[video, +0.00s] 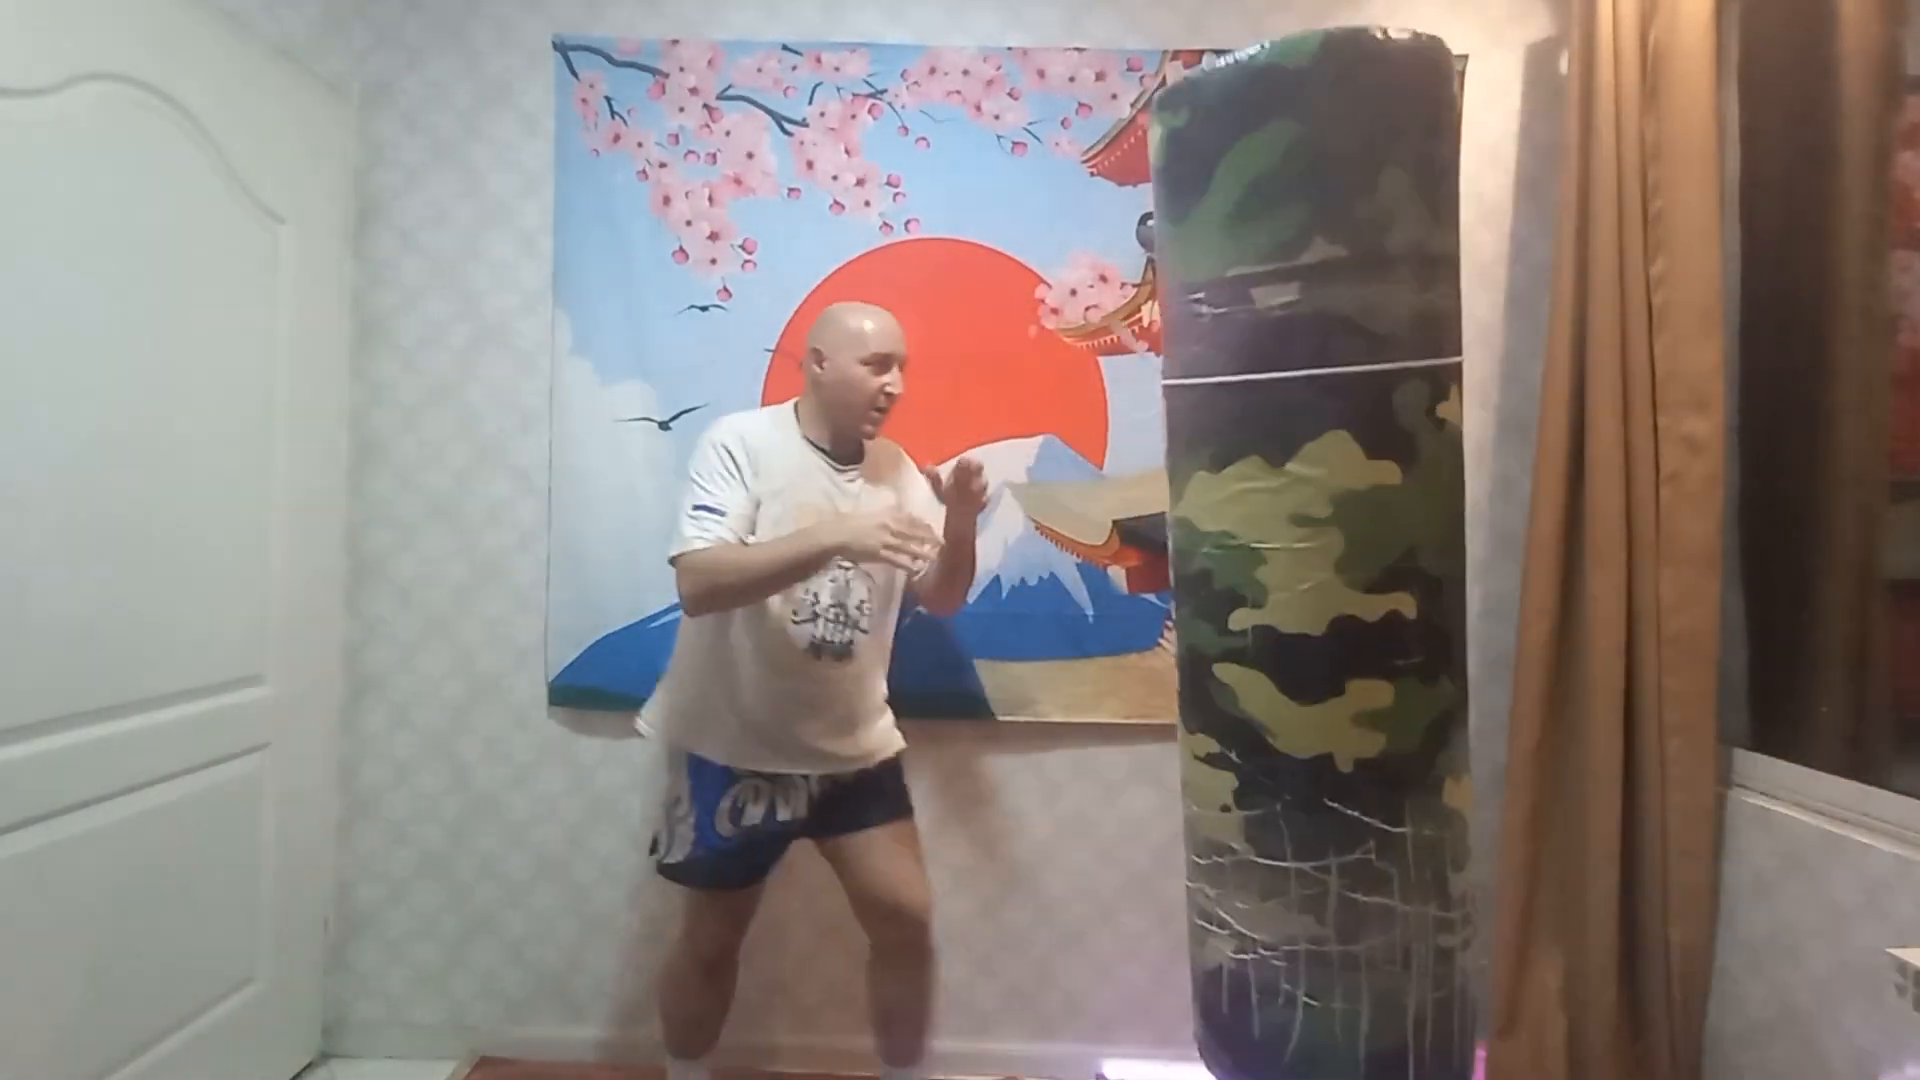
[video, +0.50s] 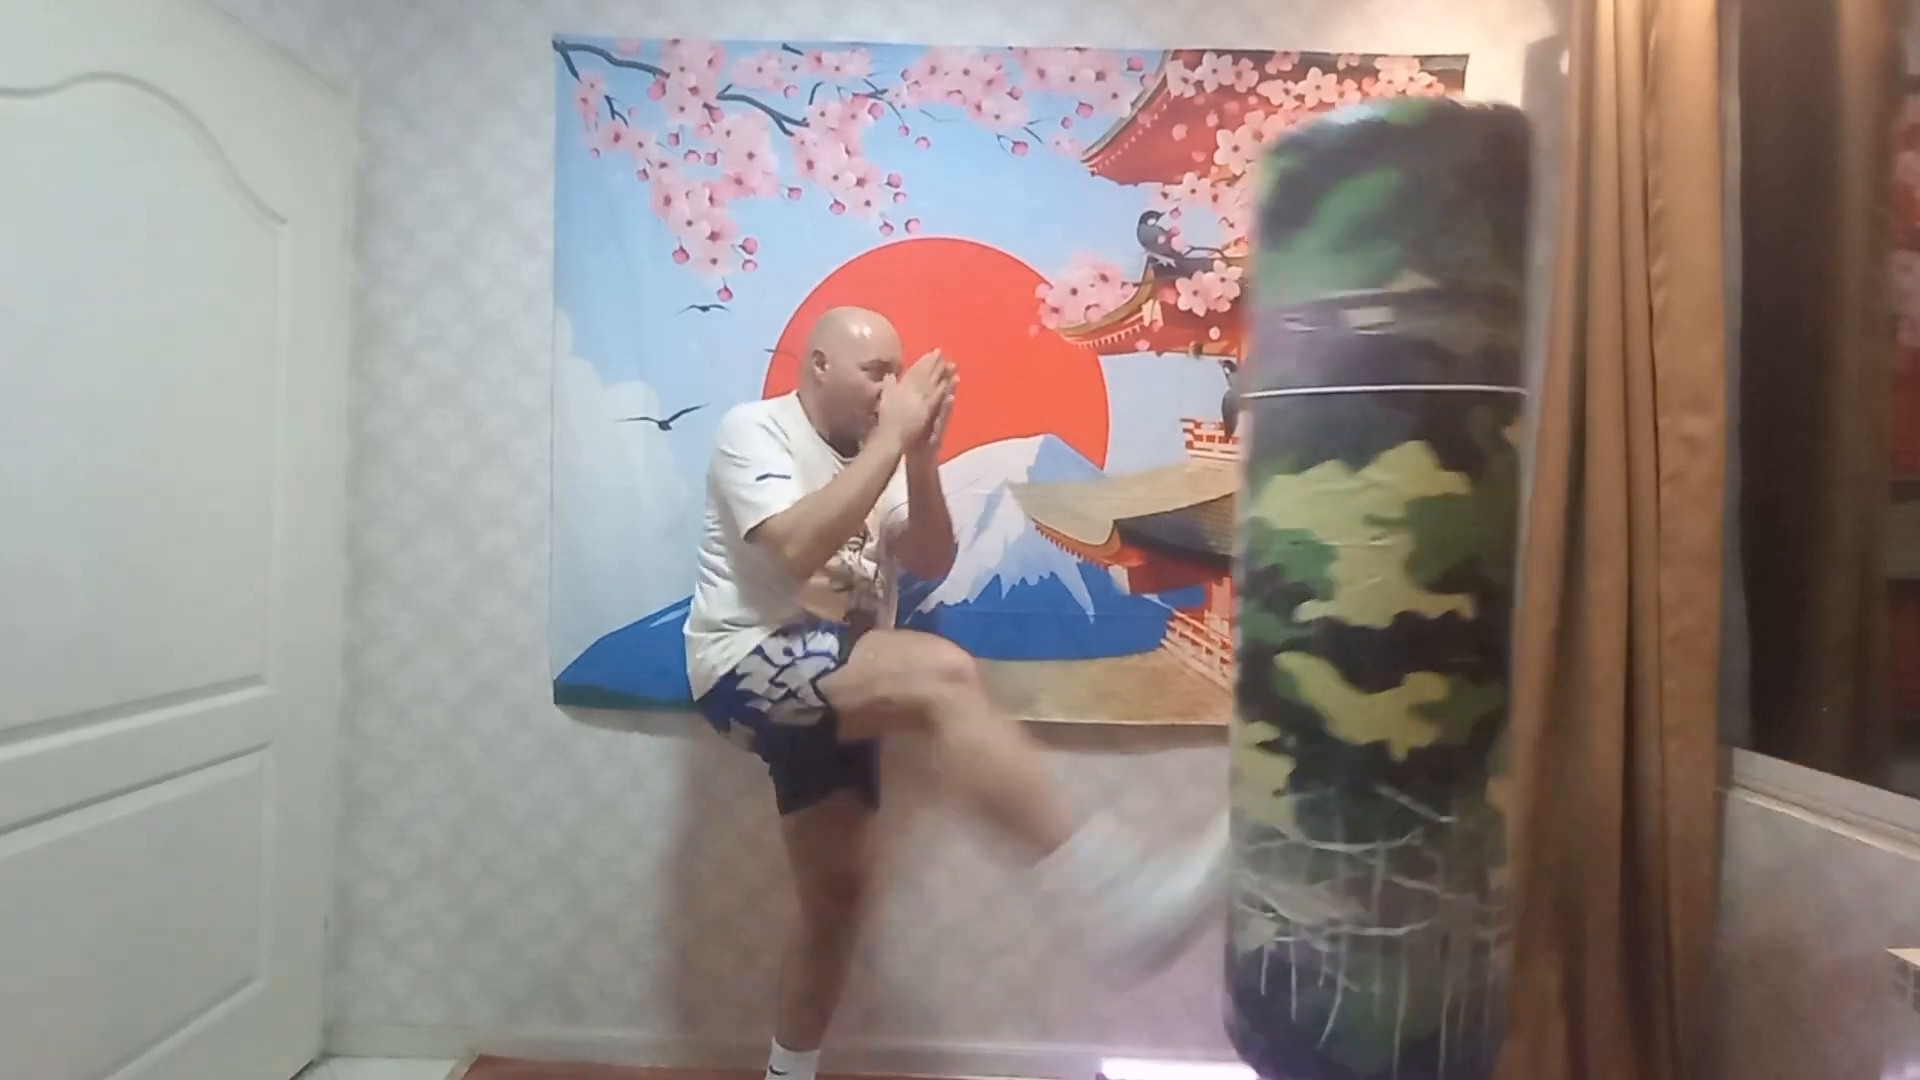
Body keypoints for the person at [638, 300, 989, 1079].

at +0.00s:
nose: (893, 385)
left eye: (899, 368)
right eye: (875, 365)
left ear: (900, 375)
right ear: (815, 364)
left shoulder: (899, 474)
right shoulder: (738, 443)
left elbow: (943, 598)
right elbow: (698, 583)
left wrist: (960, 520)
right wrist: (840, 535)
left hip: (856, 744)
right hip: (734, 745)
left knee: (906, 917)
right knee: (710, 945)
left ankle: (905, 1075)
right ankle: (685, 1073)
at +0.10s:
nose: (886, 382)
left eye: (892, 365)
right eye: (868, 362)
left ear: (892, 374)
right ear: (809, 361)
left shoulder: (895, 471)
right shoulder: (733, 439)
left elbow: (953, 580)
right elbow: (715, 571)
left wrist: (966, 490)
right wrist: (855, 493)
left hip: (847, 735)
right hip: (728, 733)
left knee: (890, 904)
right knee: (707, 937)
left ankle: (837, 1066)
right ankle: (686, 1072)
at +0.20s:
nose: (885, 384)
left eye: (891, 368)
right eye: (868, 366)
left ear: (892, 379)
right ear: (809, 363)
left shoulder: (888, 464)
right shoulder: (745, 442)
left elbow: (958, 552)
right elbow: (772, 549)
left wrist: (967, 452)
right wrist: (888, 437)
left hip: (852, 740)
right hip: (738, 739)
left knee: (863, 915)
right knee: (721, 938)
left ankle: (797, 1069)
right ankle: (684, 1072)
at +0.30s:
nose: (887, 384)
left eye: (892, 368)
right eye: (869, 364)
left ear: (893, 379)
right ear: (812, 364)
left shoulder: (880, 454)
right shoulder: (752, 436)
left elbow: (953, 541)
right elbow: (813, 526)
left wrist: (954, 446)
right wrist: (896, 408)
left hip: (859, 727)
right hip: (762, 727)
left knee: (847, 924)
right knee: (834, 916)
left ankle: (798, 1067)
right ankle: (712, 1035)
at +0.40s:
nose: (890, 384)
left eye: (895, 368)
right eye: (873, 366)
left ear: (896, 377)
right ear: (817, 365)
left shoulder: (880, 454)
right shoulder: (753, 430)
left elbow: (939, 545)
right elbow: (810, 528)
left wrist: (933, 443)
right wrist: (899, 416)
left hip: (841, 689)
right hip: (756, 682)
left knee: (834, 911)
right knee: (930, 774)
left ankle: (793, 1060)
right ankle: (841, 983)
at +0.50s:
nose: (889, 389)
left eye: (893, 375)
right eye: (873, 372)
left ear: (892, 385)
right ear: (817, 367)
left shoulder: (873, 451)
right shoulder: (751, 430)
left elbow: (928, 561)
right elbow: (792, 547)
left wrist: (921, 453)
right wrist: (894, 436)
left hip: (836, 654)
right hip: (751, 654)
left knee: (837, 895)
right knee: (939, 670)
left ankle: (789, 1071)